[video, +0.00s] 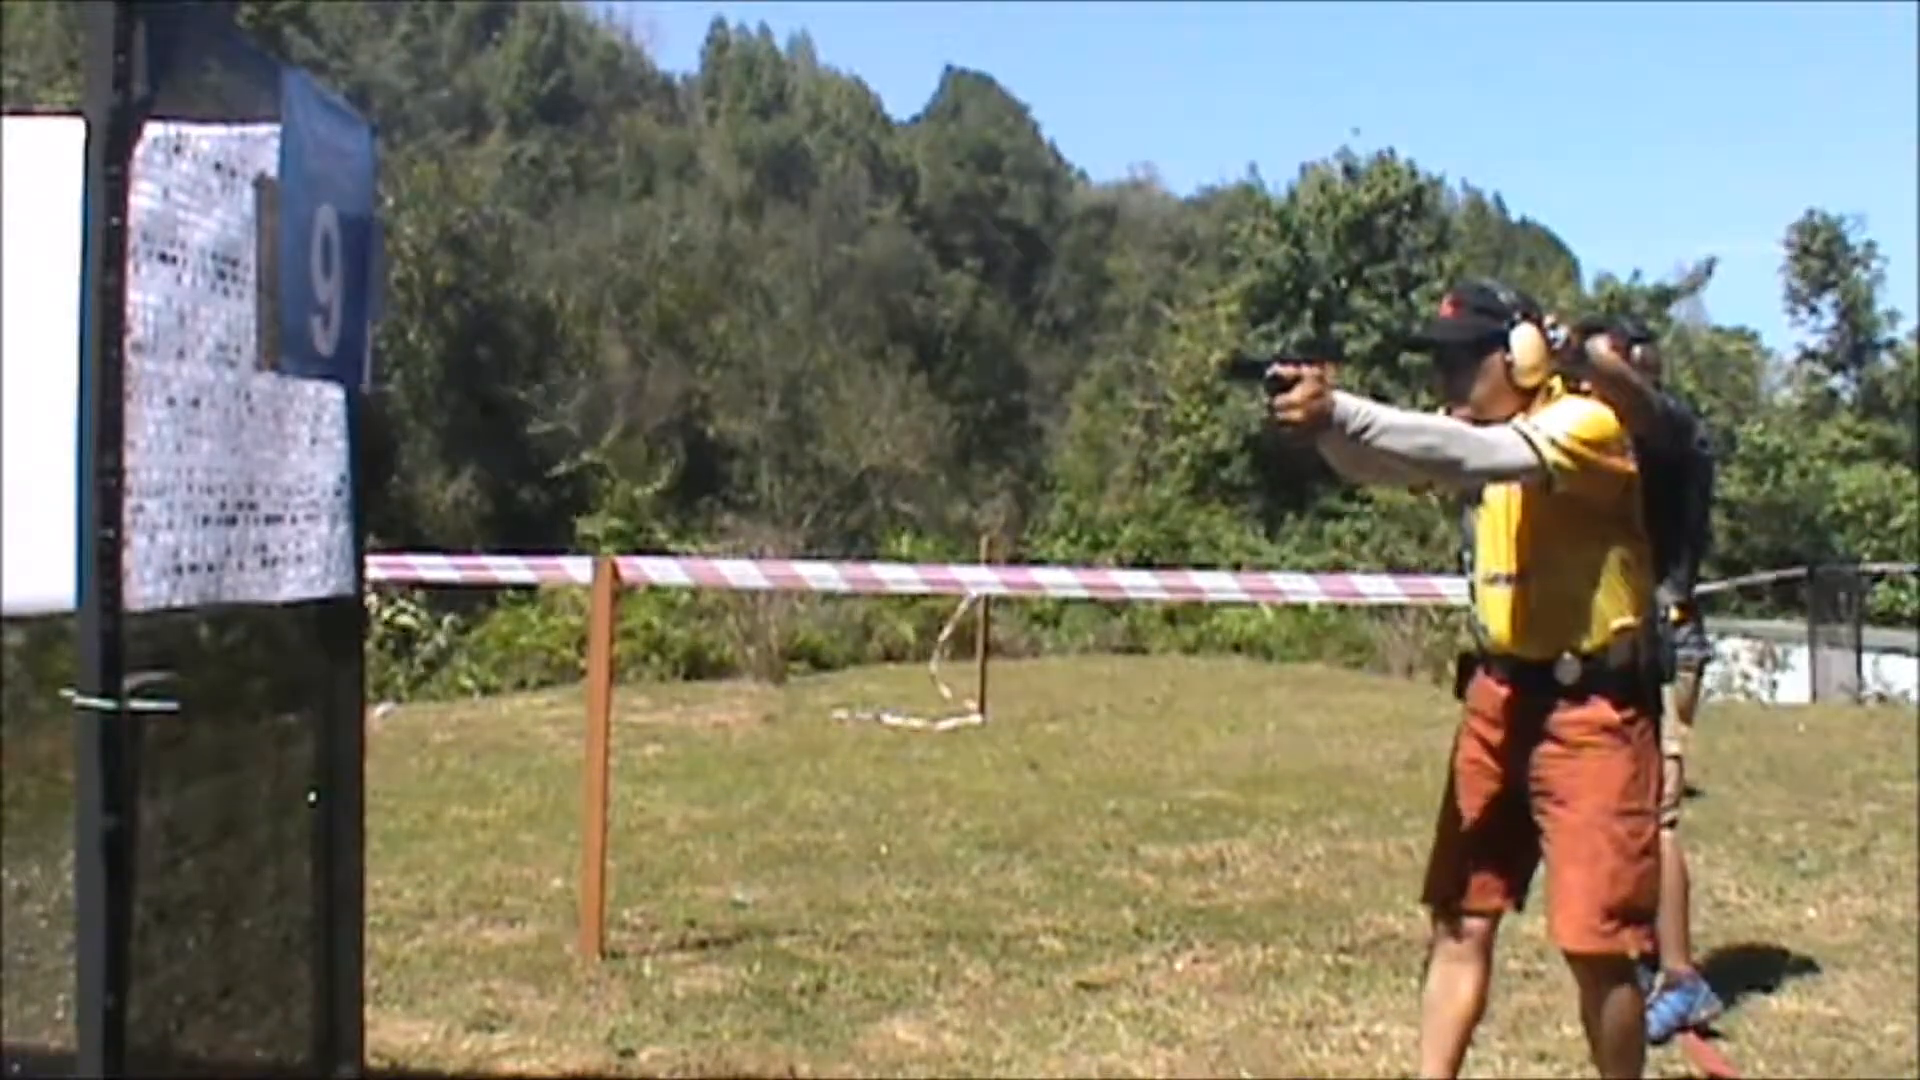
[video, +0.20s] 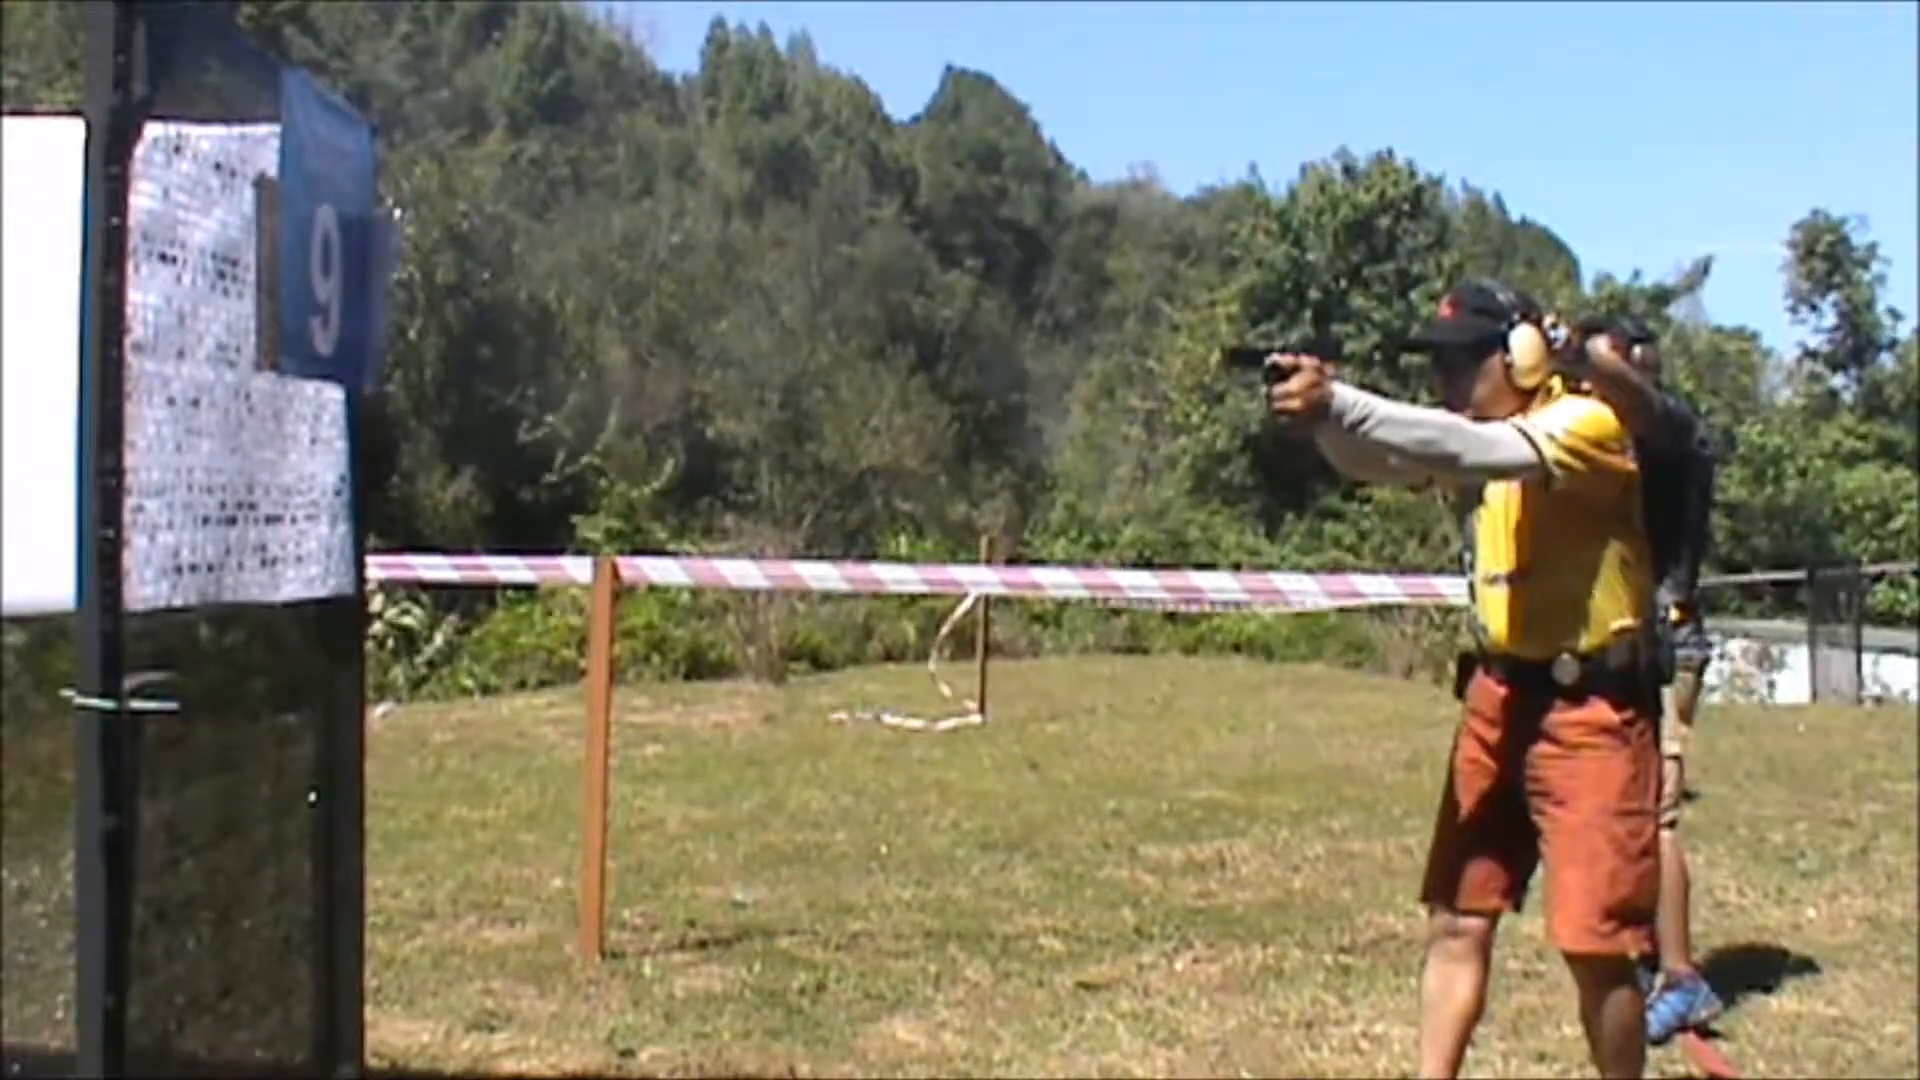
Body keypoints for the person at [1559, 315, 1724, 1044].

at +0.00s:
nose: (1608, 375)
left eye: (1620, 362)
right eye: (1603, 364)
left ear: (1642, 366)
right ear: (1603, 367)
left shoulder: (1676, 434)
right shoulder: (1593, 433)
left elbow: (1639, 412)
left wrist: (1583, 362)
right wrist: (1552, 365)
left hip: (1666, 623)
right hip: (1609, 627)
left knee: (1660, 808)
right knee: (1622, 805)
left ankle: (1678, 971)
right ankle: (1641, 967)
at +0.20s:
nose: (1614, 375)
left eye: (1625, 362)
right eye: (1607, 364)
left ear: (1648, 367)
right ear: (1602, 369)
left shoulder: (1678, 435)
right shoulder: (1592, 434)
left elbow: (1640, 410)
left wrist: (1584, 361)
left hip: (1666, 624)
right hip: (1607, 628)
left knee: (1659, 808)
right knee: (1621, 806)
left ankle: (1678, 971)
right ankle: (1639, 967)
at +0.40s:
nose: (1601, 372)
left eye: (1613, 359)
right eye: (1597, 359)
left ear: (1640, 362)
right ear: (1608, 362)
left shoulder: (1673, 432)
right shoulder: (1598, 430)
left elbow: (1619, 388)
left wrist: (1585, 354)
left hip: (1661, 629)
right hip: (1612, 632)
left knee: (1659, 810)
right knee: (1624, 812)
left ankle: (1678, 973)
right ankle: (1644, 968)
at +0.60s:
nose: (1581, 392)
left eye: (1595, 378)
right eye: (1579, 380)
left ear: (1631, 375)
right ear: (1584, 385)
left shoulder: (1670, 445)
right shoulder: (1599, 452)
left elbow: (1625, 387)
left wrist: (1573, 347)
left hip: (1658, 647)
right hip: (1608, 645)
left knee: (1646, 818)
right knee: (1624, 820)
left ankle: (1684, 977)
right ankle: (1652, 964)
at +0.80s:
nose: (1570, 393)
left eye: (1580, 377)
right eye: (1566, 381)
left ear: (1614, 371)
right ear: (1587, 378)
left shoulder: (1651, 438)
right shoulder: (1613, 450)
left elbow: (1614, 395)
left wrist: (1559, 351)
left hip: (1635, 658)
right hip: (1606, 655)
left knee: (1619, 819)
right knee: (1620, 819)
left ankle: (1674, 972)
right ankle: (1653, 964)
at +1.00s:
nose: (1538, 397)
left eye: (1549, 383)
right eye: (1536, 384)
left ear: (1582, 379)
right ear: (1554, 386)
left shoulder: (1618, 442)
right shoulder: (1603, 452)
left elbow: (1590, 402)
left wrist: (1532, 358)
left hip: (1605, 656)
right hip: (1624, 656)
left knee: (1550, 810)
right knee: (1628, 816)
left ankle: (1596, 969)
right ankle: (1658, 965)